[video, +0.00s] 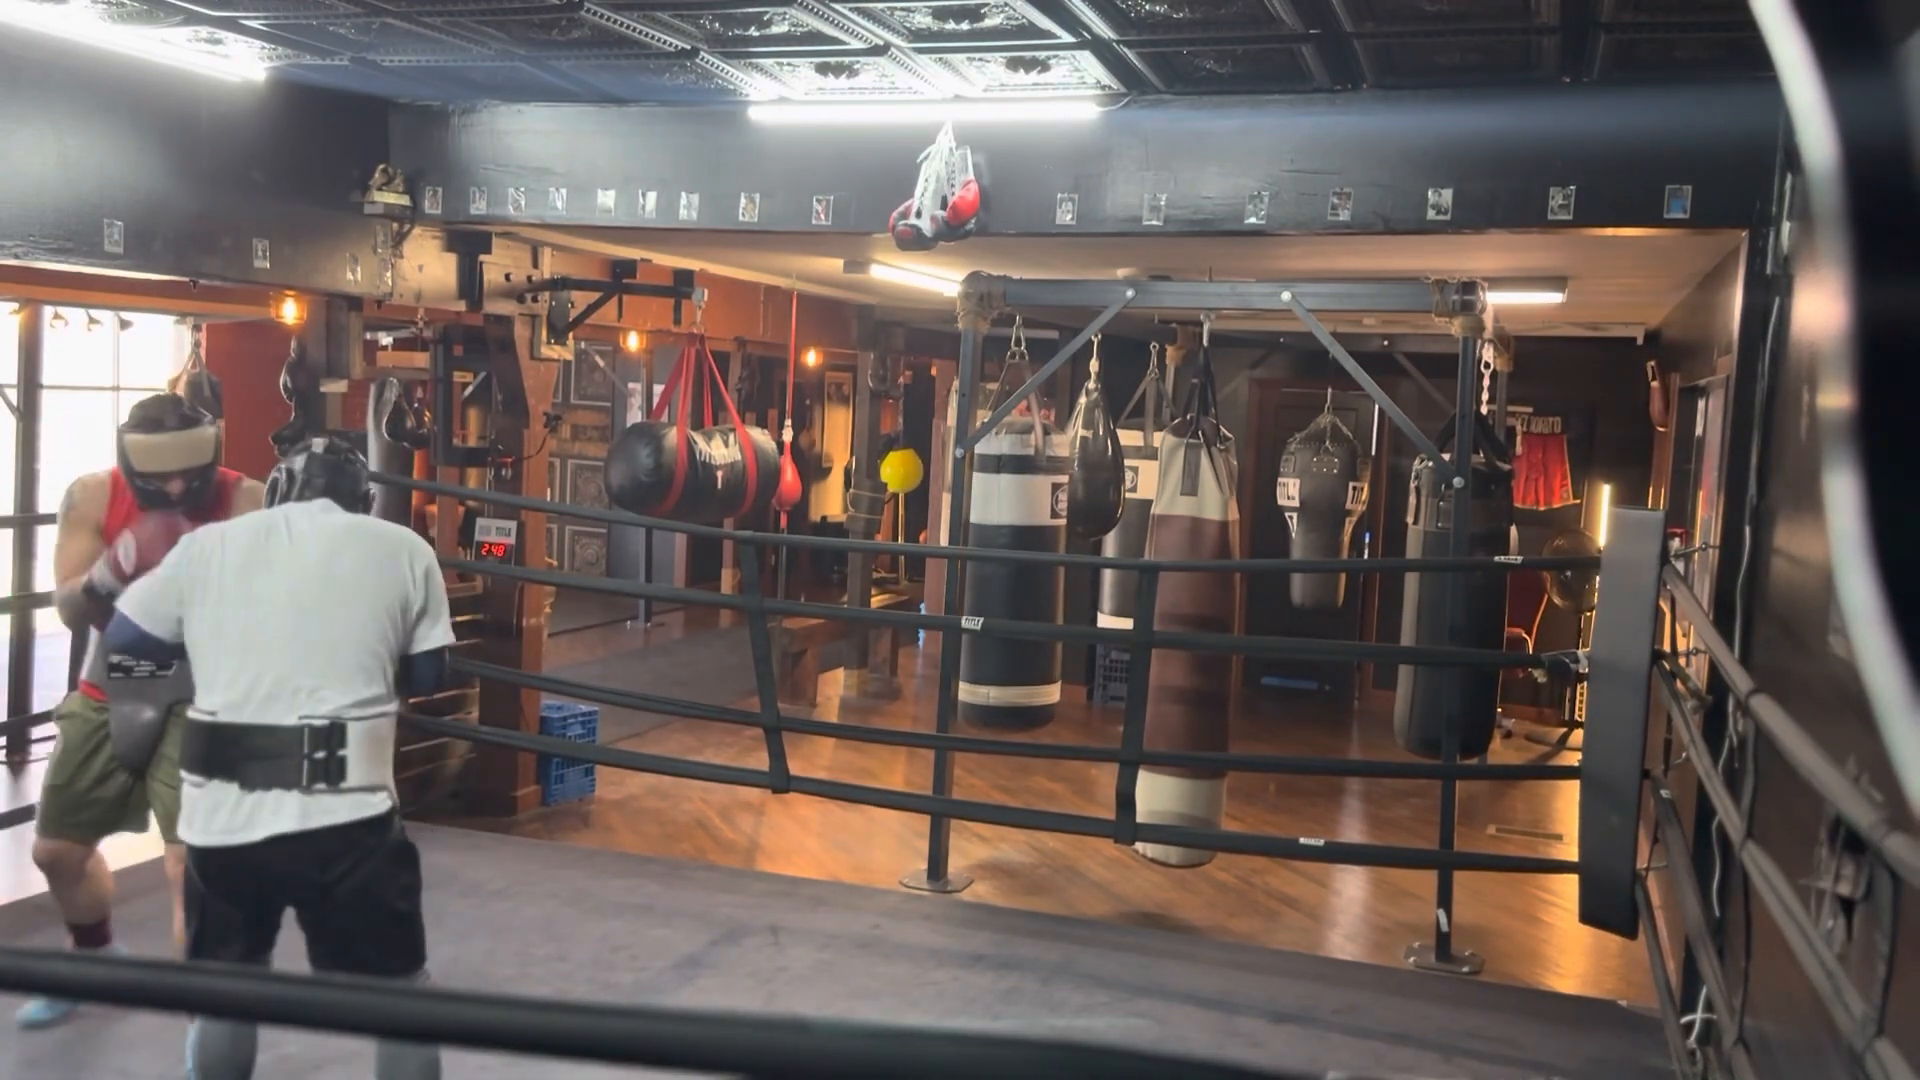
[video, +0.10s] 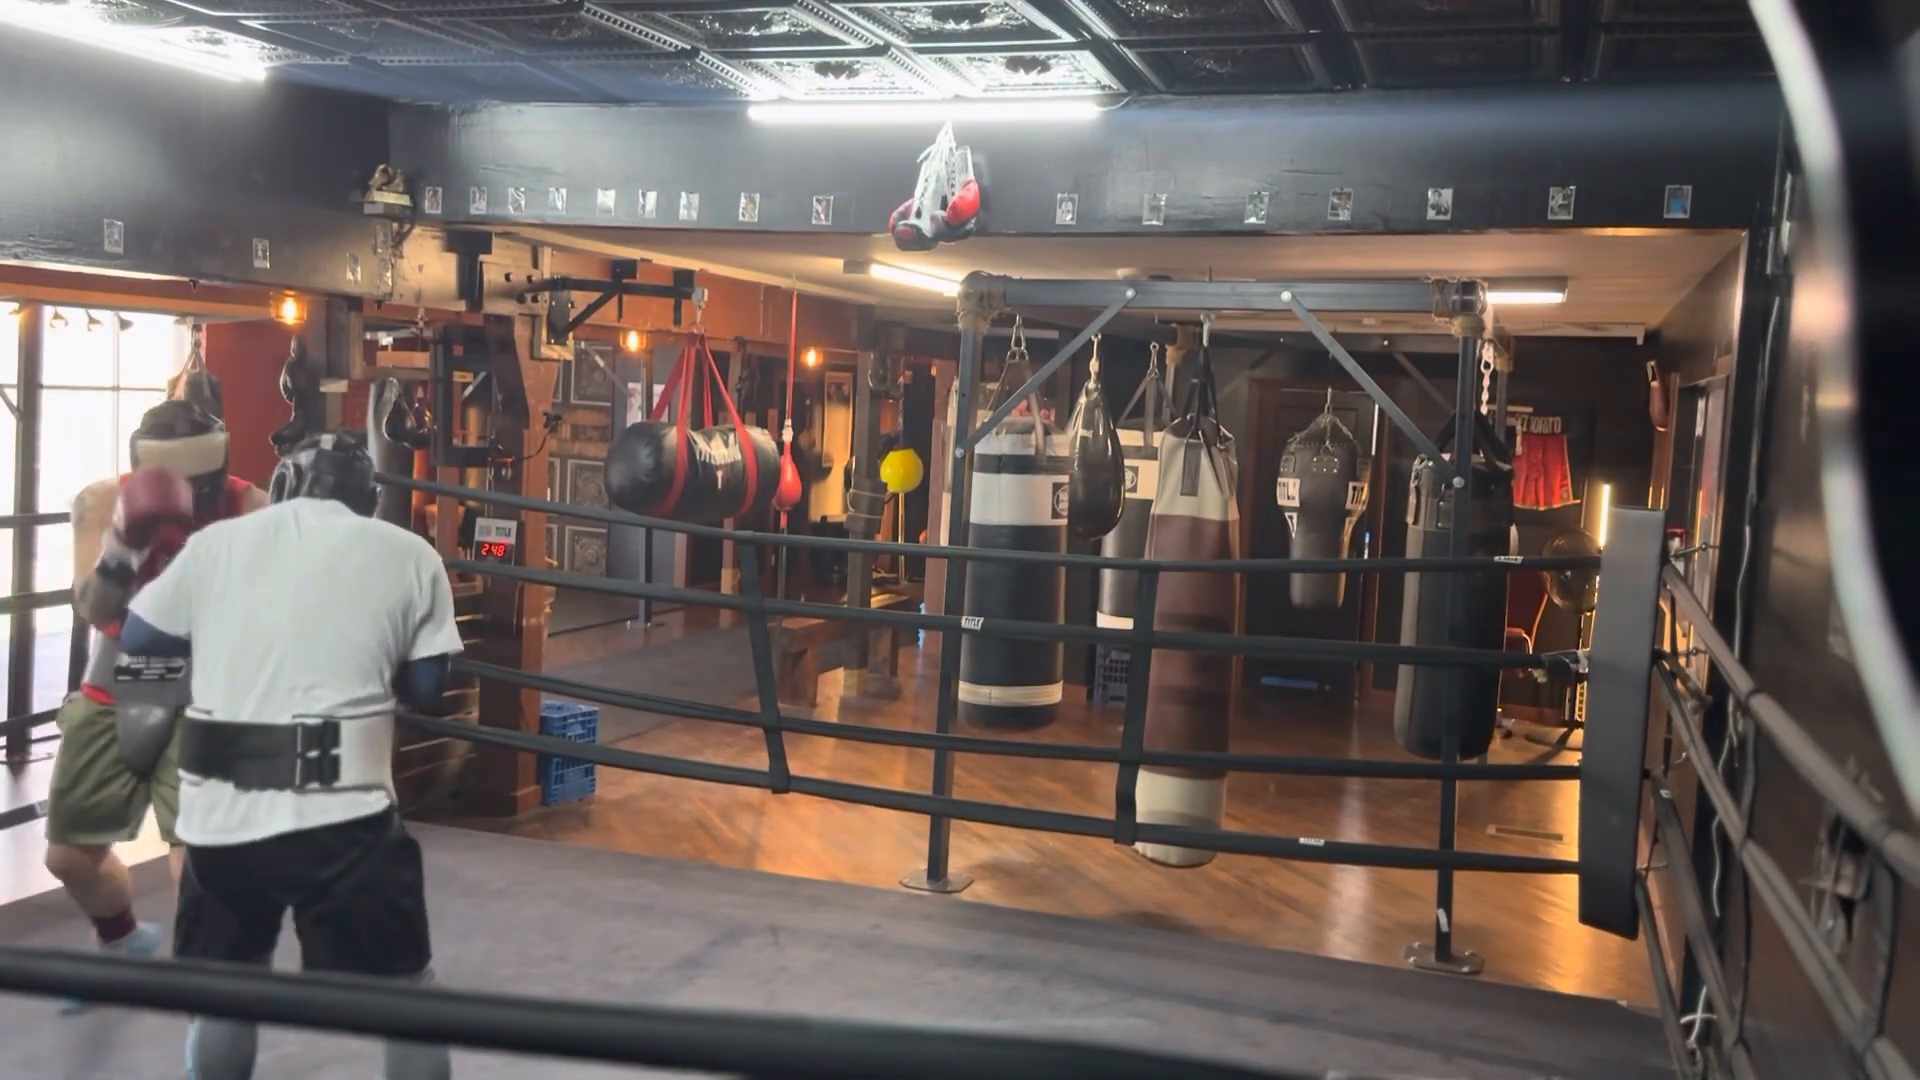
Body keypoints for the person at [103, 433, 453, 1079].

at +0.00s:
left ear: (278, 489)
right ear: (364, 496)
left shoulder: (210, 546)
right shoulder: (405, 549)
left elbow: (125, 637)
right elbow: (426, 681)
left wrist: (218, 633)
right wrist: (351, 648)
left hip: (222, 824)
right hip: (348, 824)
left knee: (222, 1000)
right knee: (401, 1010)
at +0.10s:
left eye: (274, 481)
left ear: (282, 486)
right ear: (369, 496)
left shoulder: (218, 544)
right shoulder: (409, 554)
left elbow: (141, 635)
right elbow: (426, 691)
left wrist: (232, 618)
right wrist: (360, 644)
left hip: (220, 822)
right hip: (346, 823)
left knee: (221, 1000)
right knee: (410, 1010)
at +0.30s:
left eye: (328, 469)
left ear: (331, 475)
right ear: (419, 491)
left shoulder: (258, 534)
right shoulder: (458, 570)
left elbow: (169, 616)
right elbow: (456, 689)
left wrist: (264, 626)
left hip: (259, 839)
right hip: (385, 846)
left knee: (240, 1010)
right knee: (420, 1030)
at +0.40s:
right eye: (459, 490)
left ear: (368, 484)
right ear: (456, 498)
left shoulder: (283, 551)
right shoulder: (490, 577)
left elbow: (199, 658)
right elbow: (490, 671)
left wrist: (294, 641)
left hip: (285, 848)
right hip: (413, 856)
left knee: (255, 1015)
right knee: (418, 1046)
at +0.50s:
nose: (496, 501)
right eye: (491, 490)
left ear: (394, 481)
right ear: (478, 493)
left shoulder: (305, 547)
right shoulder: (515, 573)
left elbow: (238, 658)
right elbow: (512, 671)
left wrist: (327, 688)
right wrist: (498, 545)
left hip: (305, 847)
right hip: (431, 856)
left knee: (278, 1007)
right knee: (426, 1043)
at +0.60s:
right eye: (489, 481)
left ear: (401, 478)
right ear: (487, 485)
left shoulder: (322, 542)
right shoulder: (533, 570)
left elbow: (244, 661)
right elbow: (526, 684)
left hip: (321, 842)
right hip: (446, 853)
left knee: (309, 999)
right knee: (428, 1040)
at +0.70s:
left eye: (399, 472)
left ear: (402, 480)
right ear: (488, 488)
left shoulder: (333, 546)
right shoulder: (540, 571)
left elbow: (249, 660)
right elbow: (542, 689)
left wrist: (347, 663)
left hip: (334, 838)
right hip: (456, 846)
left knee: (336, 1017)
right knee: (442, 1034)